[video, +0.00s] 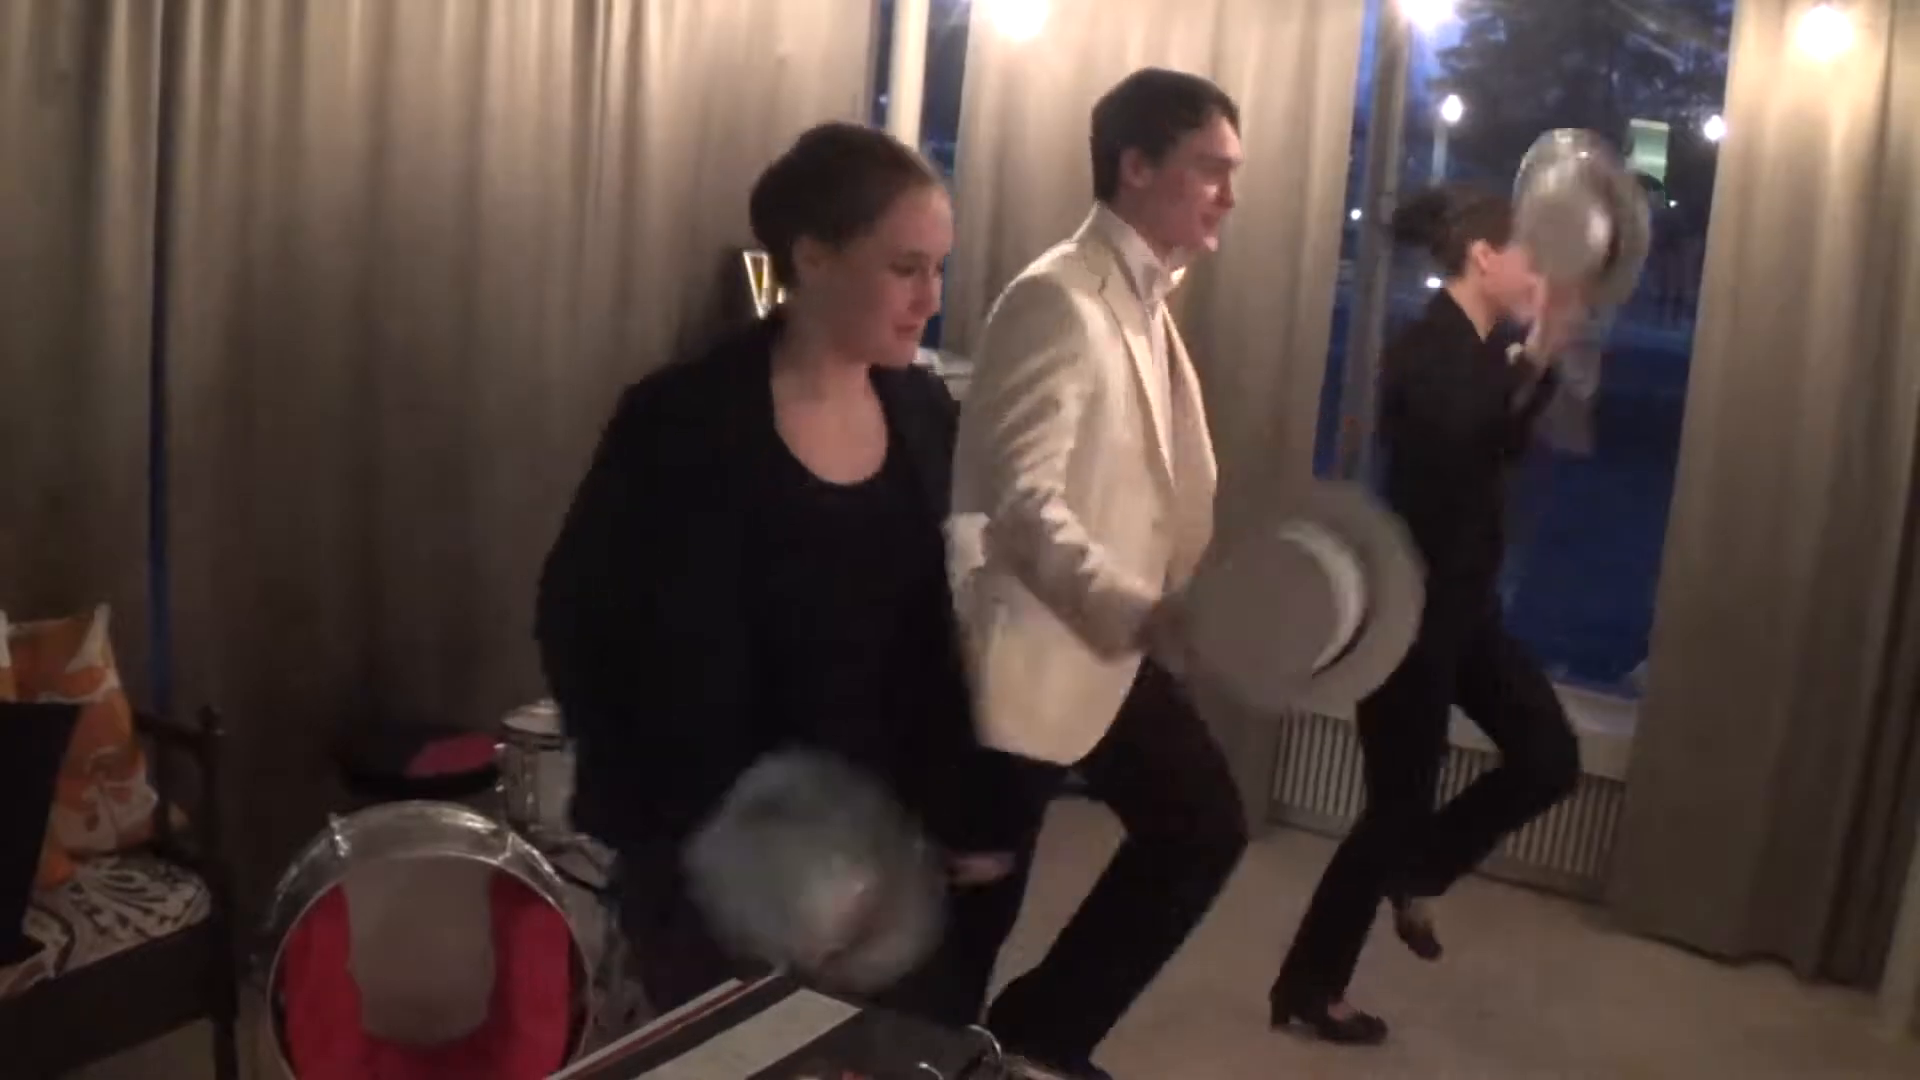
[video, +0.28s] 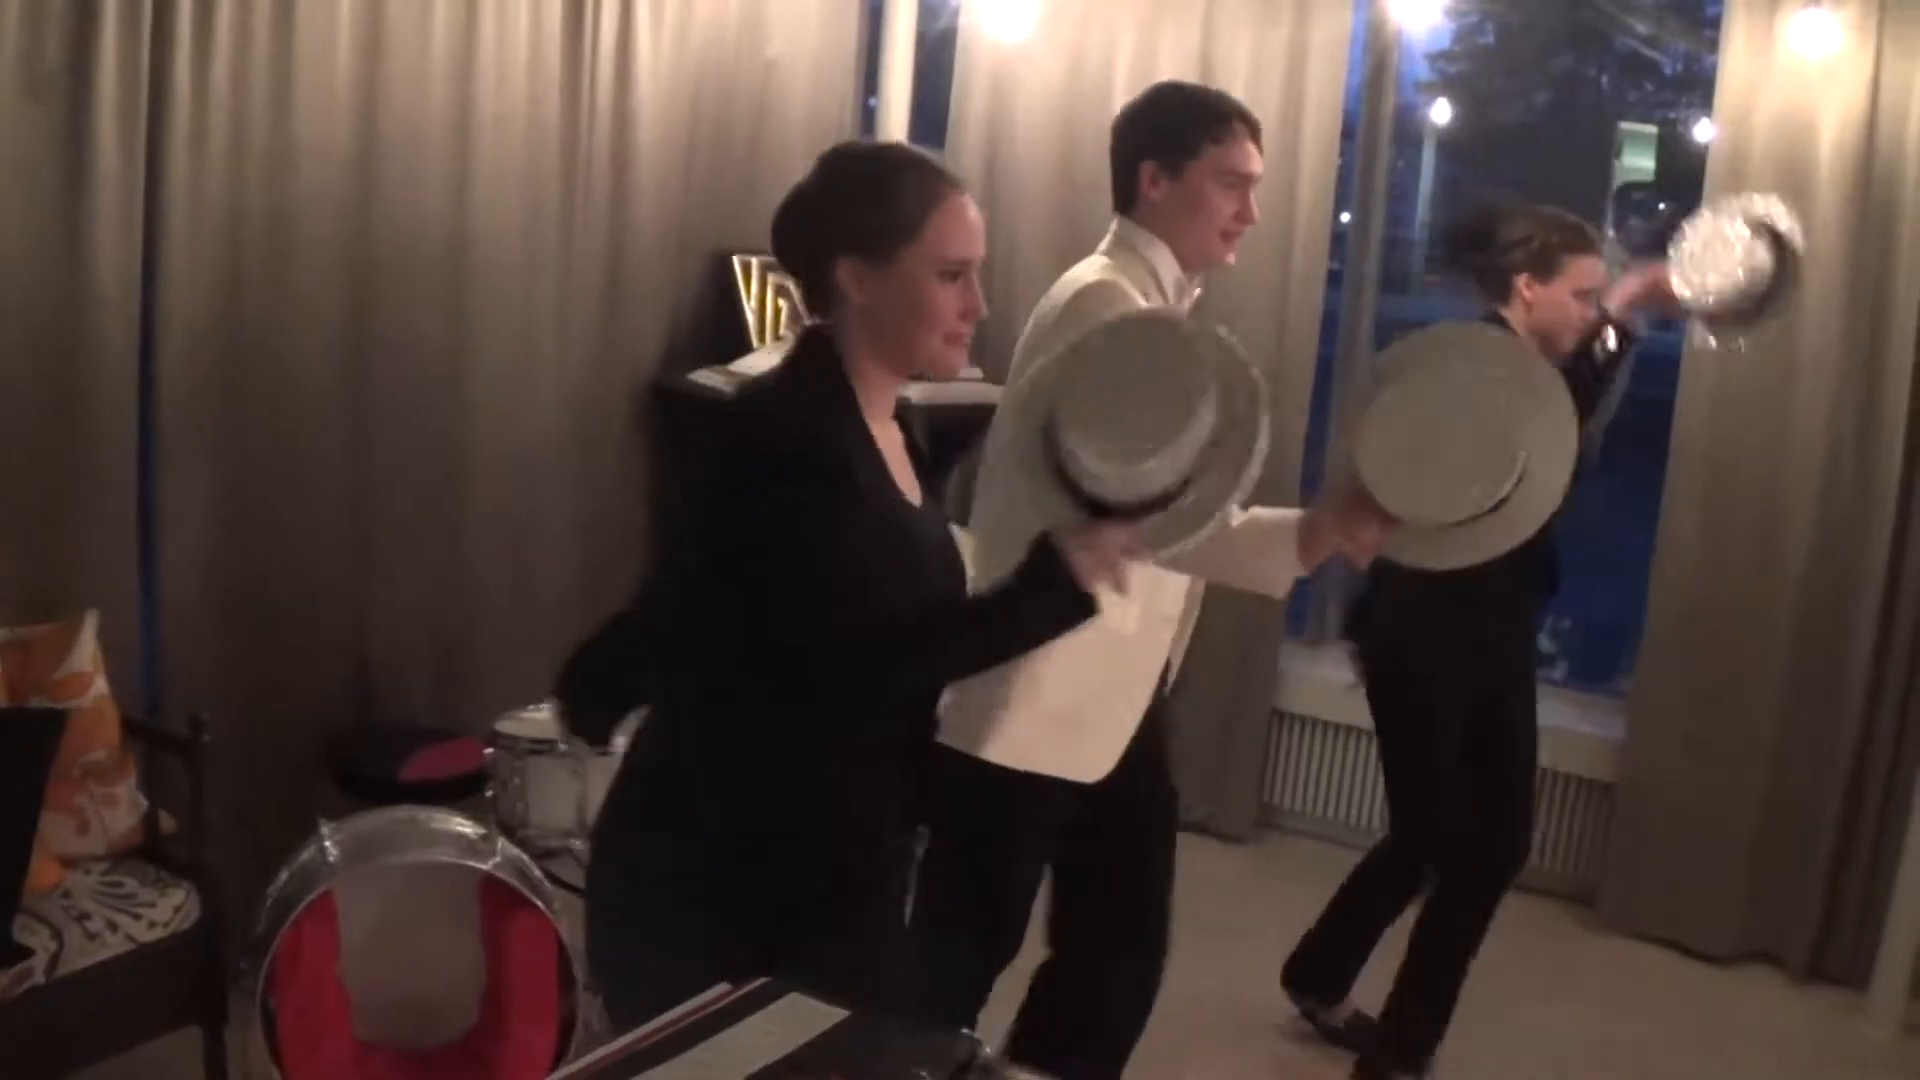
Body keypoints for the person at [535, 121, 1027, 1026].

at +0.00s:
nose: (930, 299)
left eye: (937, 271)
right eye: (906, 270)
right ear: (811, 257)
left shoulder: (922, 413)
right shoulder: (677, 419)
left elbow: (937, 633)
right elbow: (580, 616)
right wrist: (660, 815)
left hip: (884, 817)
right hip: (703, 826)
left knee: (881, 1052)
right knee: (714, 1055)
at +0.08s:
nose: (953, 289)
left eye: (957, 262)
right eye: (929, 261)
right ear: (834, 253)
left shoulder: (916, 416)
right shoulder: (704, 407)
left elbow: (923, 613)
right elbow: (608, 613)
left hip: (861, 824)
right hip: (702, 830)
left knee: (863, 1053)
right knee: (701, 1060)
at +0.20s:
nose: (967, 298)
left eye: (970, 271)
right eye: (942, 269)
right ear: (844, 270)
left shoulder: (898, 430)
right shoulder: (733, 424)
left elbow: (895, 638)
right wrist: (989, 596)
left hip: (842, 857)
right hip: (700, 864)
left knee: (876, 1055)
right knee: (692, 1071)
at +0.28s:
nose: (977, 304)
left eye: (976, 276)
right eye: (951, 276)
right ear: (854, 281)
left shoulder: (883, 429)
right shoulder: (775, 434)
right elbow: (862, 669)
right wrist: (1056, 586)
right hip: (716, 890)